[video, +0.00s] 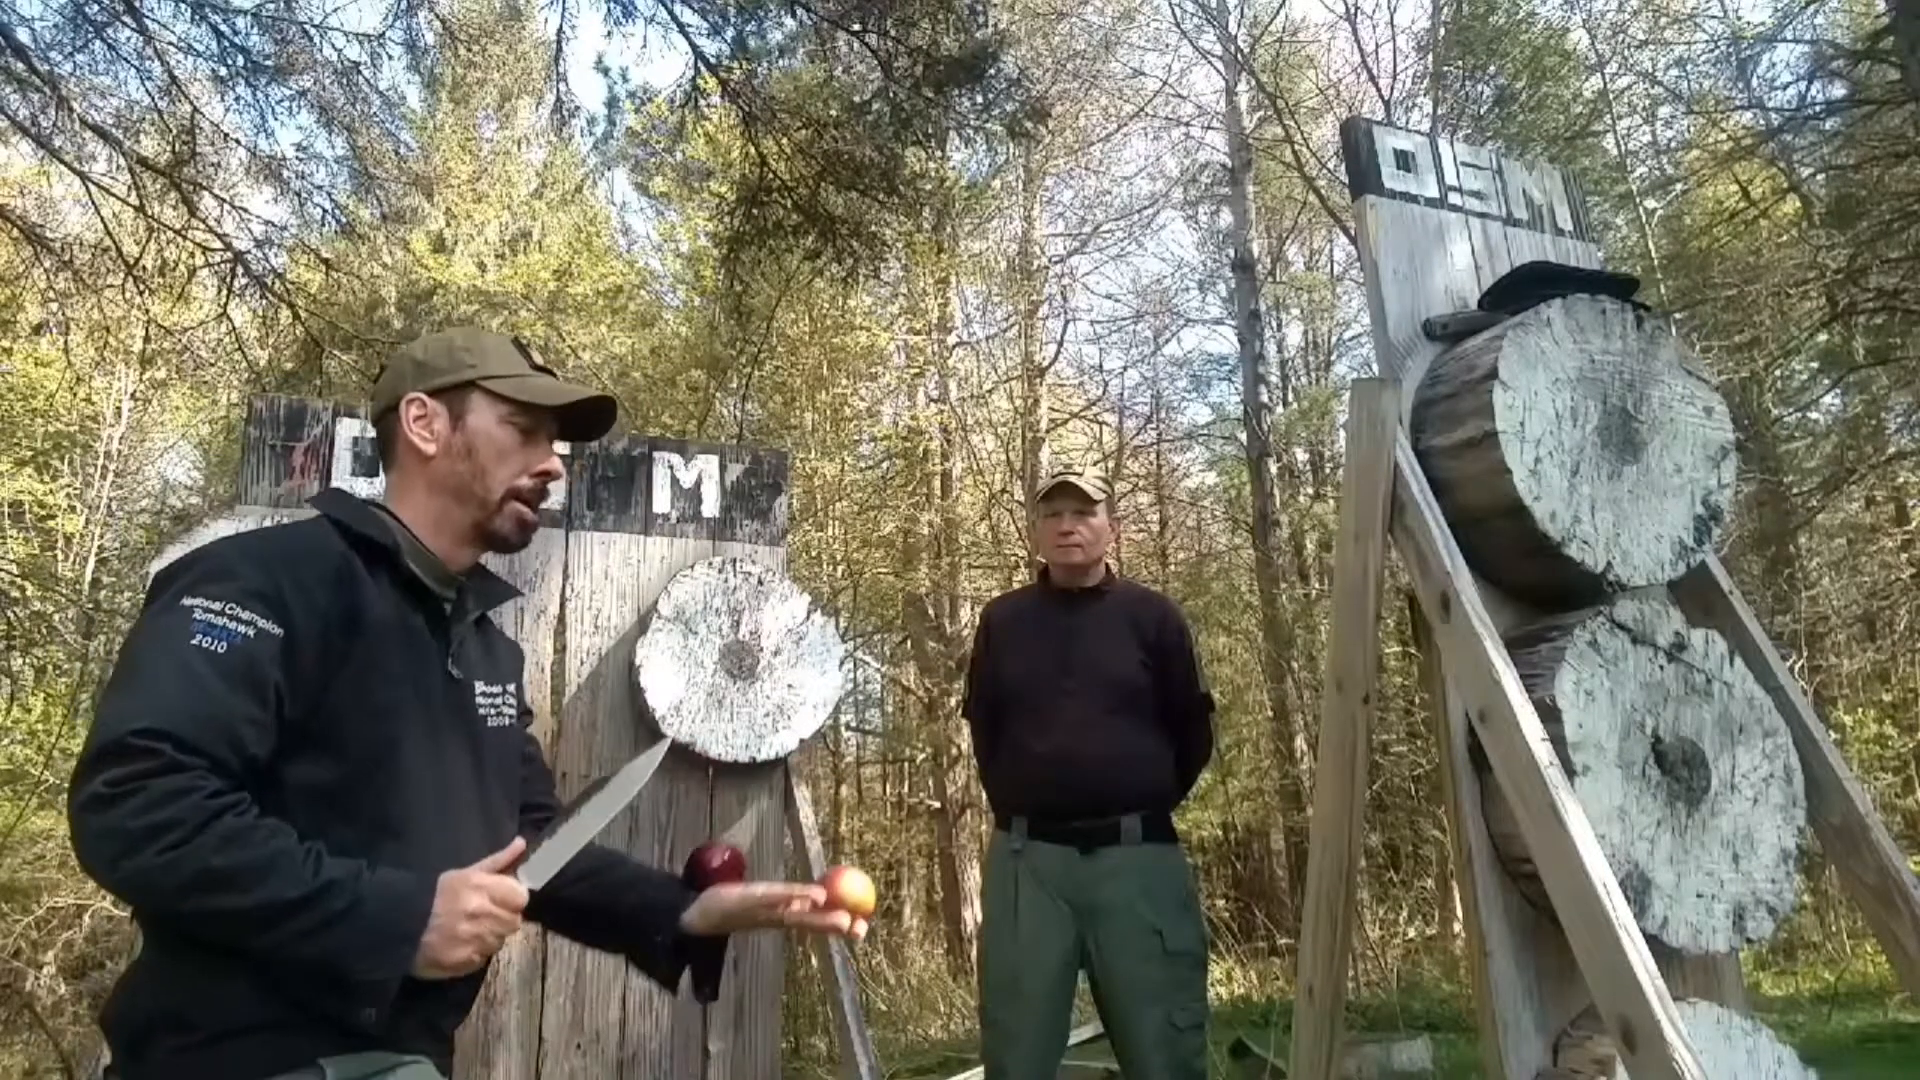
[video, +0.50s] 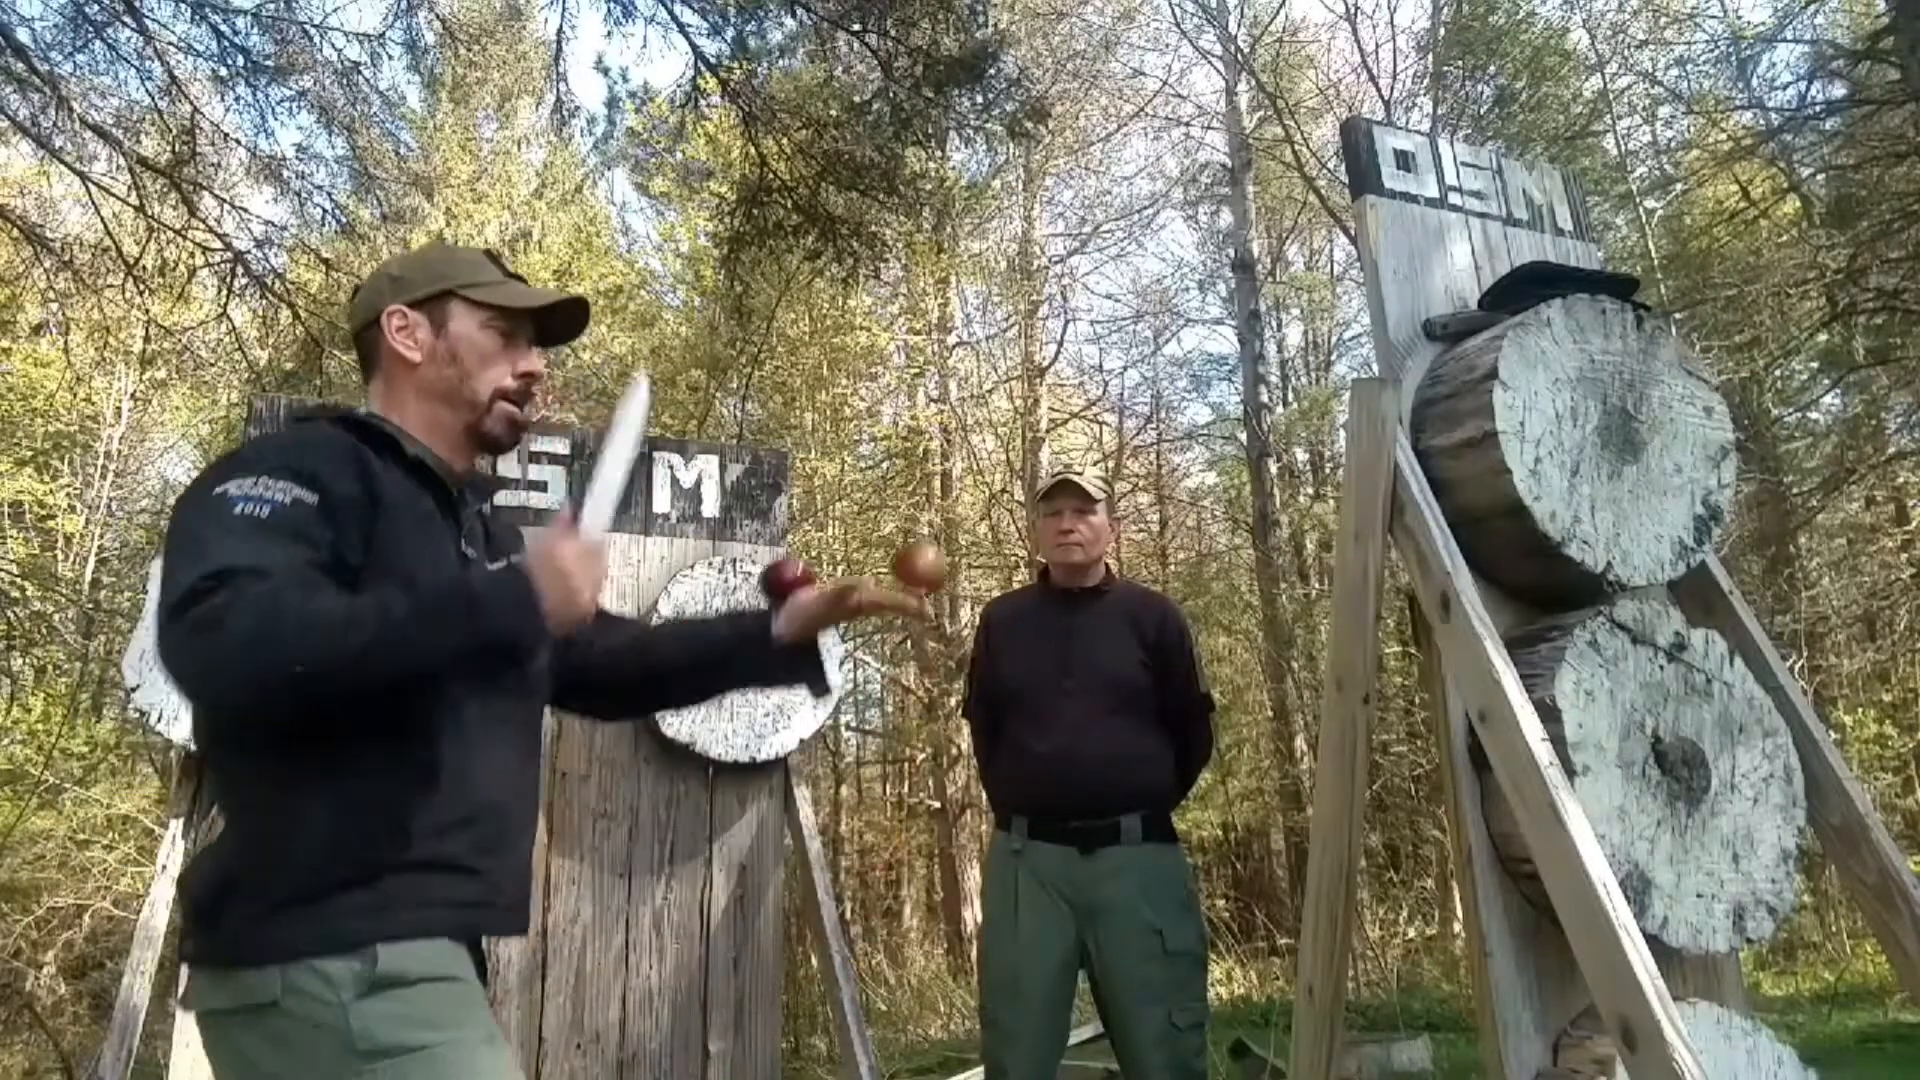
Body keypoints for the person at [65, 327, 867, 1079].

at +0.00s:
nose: (554, 464)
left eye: (558, 441)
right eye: (527, 429)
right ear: (425, 426)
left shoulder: (486, 644)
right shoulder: (265, 574)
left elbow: (530, 848)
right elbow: (137, 807)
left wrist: (697, 911)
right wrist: (399, 917)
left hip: (406, 1050)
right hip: (237, 1050)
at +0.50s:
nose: (537, 370)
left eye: (538, 347)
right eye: (507, 334)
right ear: (410, 336)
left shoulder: (478, 530)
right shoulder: (292, 468)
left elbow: (598, 665)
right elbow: (234, 649)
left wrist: (780, 631)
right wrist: (518, 600)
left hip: (411, 962)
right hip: (338, 970)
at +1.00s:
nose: (517, 293)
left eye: (514, 271)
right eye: (484, 264)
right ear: (392, 280)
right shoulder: (365, 379)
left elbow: (573, 607)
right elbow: (579, 469)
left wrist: (679, 482)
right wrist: (641, 298)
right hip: (370, 888)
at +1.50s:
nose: (536, 304)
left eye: (532, 286)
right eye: (503, 281)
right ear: (410, 299)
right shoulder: (408, 403)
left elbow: (560, 663)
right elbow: (477, 645)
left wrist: (557, 489)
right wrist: (697, 682)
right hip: (402, 901)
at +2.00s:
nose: (671, 396)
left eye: (672, 373)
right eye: (643, 360)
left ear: (545, 373)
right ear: (545, 366)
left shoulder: (438, 489)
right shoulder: (507, 488)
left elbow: (674, 649)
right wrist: (754, 435)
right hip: (440, 1007)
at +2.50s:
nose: (790, 429)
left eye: (796, 402)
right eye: (770, 393)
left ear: (666, 389)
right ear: (669, 378)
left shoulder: (516, 507)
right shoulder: (682, 526)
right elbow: (867, 711)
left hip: (365, 1005)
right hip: (536, 1008)